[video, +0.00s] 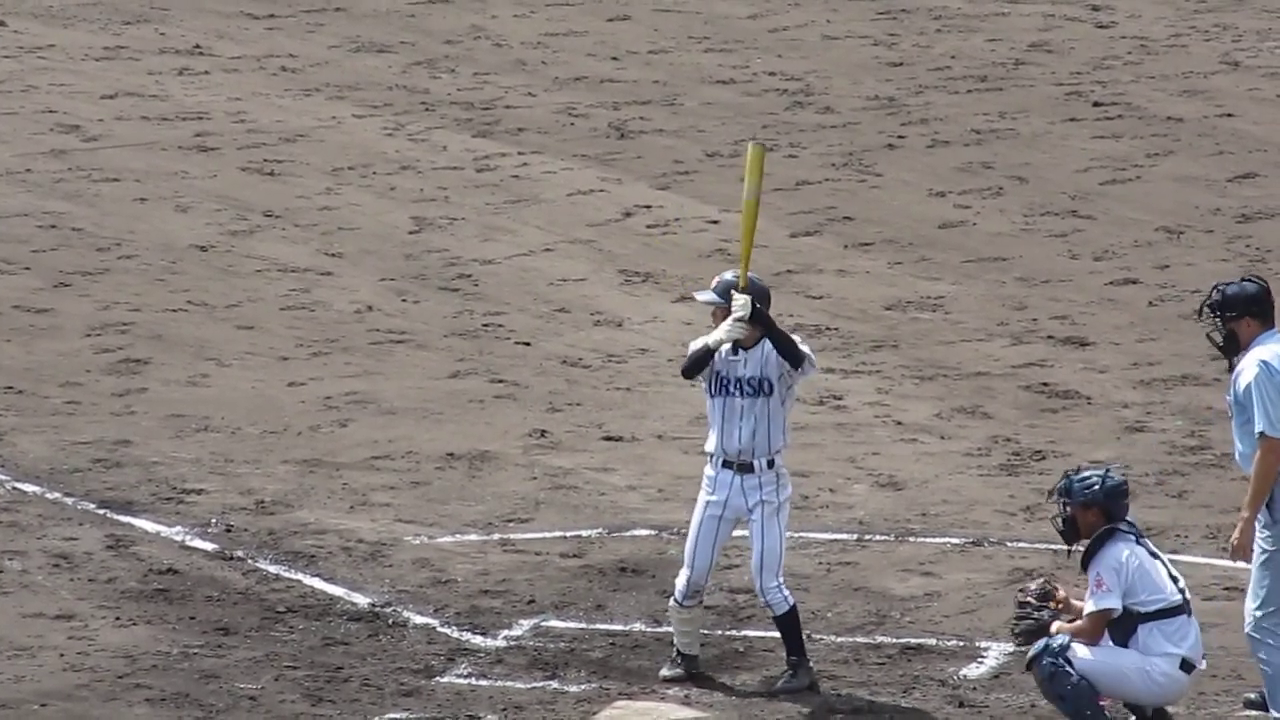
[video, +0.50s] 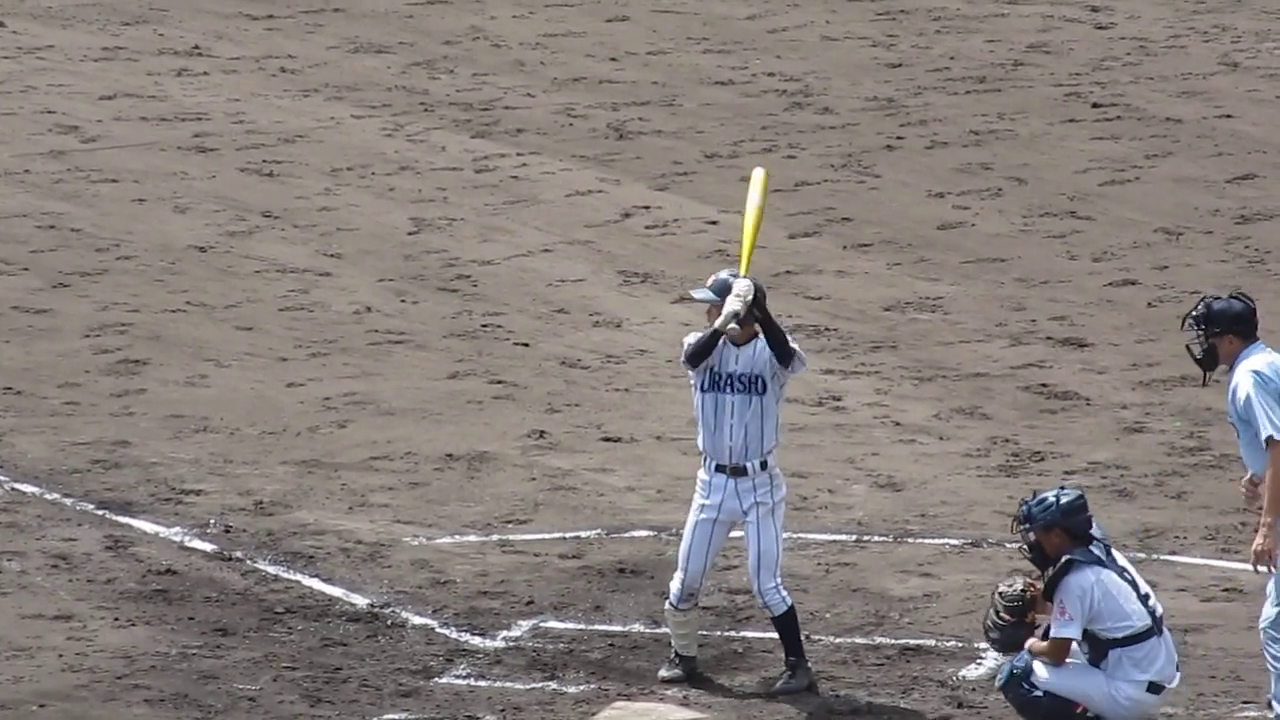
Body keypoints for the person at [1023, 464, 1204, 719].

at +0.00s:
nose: (1066, 515)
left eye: (1072, 508)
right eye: (1067, 508)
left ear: (1094, 513)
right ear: (1097, 512)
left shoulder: (1109, 555)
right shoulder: (1128, 538)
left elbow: (1090, 633)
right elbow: (1118, 617)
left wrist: (1057, 628)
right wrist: (1072, 606)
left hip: (1163, 675)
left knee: (1049, 657)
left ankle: (1094, 714)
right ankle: (1148, 711)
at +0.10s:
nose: (1061, 523)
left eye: (1067, 516)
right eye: (1062, 515)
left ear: (1088, 520)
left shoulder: (1102, 562)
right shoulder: (1125, 542)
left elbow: (1083, 639)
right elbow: (1113, 620)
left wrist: (1049, 634)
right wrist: (1070, 609)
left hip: (1155, 685)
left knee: (1040, 661)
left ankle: (1093, 714)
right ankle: (1145, 711)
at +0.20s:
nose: (1055, 531)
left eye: (1060, 524)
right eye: (1055, 523)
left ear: (1080, 527)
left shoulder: (1093, 568)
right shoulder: (1124, 550)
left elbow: (1075, 644)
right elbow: (1111, 628)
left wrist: (1046, 639)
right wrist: (1064, 614)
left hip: (1148, 693)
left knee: (1032, 665)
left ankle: (1091, 715)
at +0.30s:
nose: (1049, 539)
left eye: (1053, 531)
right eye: (1049, 531)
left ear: (1073, 533)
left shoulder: (1087, 574)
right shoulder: (1117, 553)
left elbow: (1068, 649)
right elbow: (1105, 632)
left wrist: (1038, 643)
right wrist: (1059, 617)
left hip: (1144, 697)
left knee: (1028, 670)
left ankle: (1085, 712)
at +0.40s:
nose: (1040, 538)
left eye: (1044, 530)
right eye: (1040, 530)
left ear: (1064, 531)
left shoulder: (1081, 574)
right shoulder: (1108, 548)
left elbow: (1061, 648)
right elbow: (1098, 626)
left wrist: (1031, 639)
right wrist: (1051, 609)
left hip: (1138, 694)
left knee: (1022, 671)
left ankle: (1090, 714)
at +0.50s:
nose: (1032, 541)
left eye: (1036, 533)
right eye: (1032, 534)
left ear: (1057, 535)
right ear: (1079, 528)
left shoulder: (1074, 580)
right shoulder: (1101, 549)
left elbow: (1056, 655)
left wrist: (1031, 644)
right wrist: (1040, 607)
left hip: (1135, 694)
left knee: (1018, 675)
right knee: (1047, 632)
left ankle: (1081, 713)